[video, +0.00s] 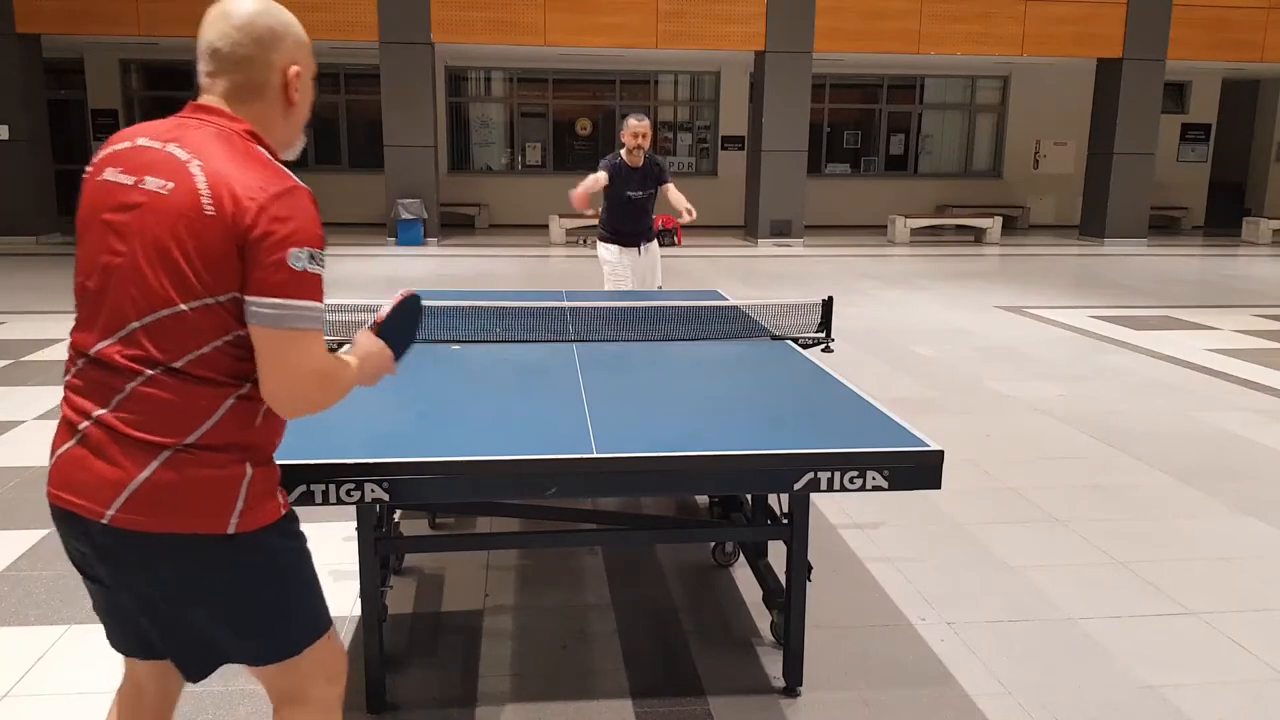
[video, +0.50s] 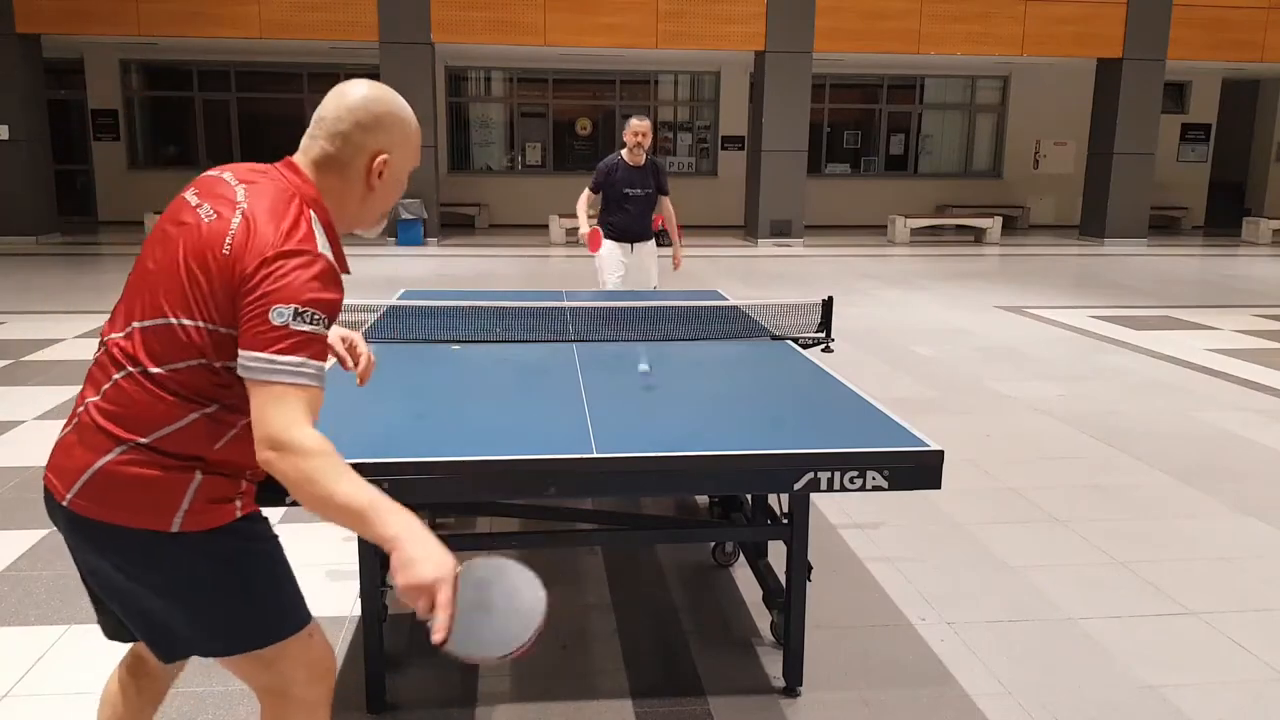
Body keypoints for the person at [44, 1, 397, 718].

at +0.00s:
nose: (313, 101)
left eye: (314, 86)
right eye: (314, 83)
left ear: (205, 74)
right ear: (294, 82)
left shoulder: (115, 154)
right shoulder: (271, 195)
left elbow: (143, 314)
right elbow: (294, 391)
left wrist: (293, 326)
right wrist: (360, 363)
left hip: (84, 492)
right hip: (202, 509)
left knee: (149, 674)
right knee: (314, 684)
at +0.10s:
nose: (350, 114)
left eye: (352, 98)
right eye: (351, 96)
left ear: (247, 85)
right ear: (331, 97)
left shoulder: (147, 160)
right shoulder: (301, 210)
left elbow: (159, 320)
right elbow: (320, 405)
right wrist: (392, 383)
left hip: (96, 493)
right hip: (214, 509)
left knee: (172, 660)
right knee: (321, 682)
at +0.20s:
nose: (378, 134)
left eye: (382, 117)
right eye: (381, 116)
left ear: (281, 98)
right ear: (360, 118)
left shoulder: (177, 162)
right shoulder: (317, 225)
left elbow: (178, 320)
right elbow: (335, 415)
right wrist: (424, 408)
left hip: (95, 479)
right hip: (203, 500)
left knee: (174, 645)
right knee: (320, 680)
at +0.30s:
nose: (395, 157)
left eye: (400, 140)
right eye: (399, 139)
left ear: (301, 110)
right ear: (376, 136)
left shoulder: (201, 165)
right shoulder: (317, 235)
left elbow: (188, 317)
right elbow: (316, 422)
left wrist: (311, 330)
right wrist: (446, 446)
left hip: (95, 474)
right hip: (198, 500)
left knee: (151, 657)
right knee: (319, 677)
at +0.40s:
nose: (401, 176)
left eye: (406, 159)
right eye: (404, 158)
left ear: (309, 127)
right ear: (380, 154)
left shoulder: (219, 175)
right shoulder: (305, 243)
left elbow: (208, 304)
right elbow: (294, 435)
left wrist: (314, 324)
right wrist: (435, 498)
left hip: (95, 474)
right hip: (183, 502)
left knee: (145, 660)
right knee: (314, 678)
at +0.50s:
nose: (402, 192)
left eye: (409, 177)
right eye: (407, 175)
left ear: (314, 142)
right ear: (377, 170)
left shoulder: (223, 182)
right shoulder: (297, 251)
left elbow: (210, 307)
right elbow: (283, 442)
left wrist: (313, 331)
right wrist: (404, 532)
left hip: (86, 474)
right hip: (171, 502)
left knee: (155, 654)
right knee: (302, 678)